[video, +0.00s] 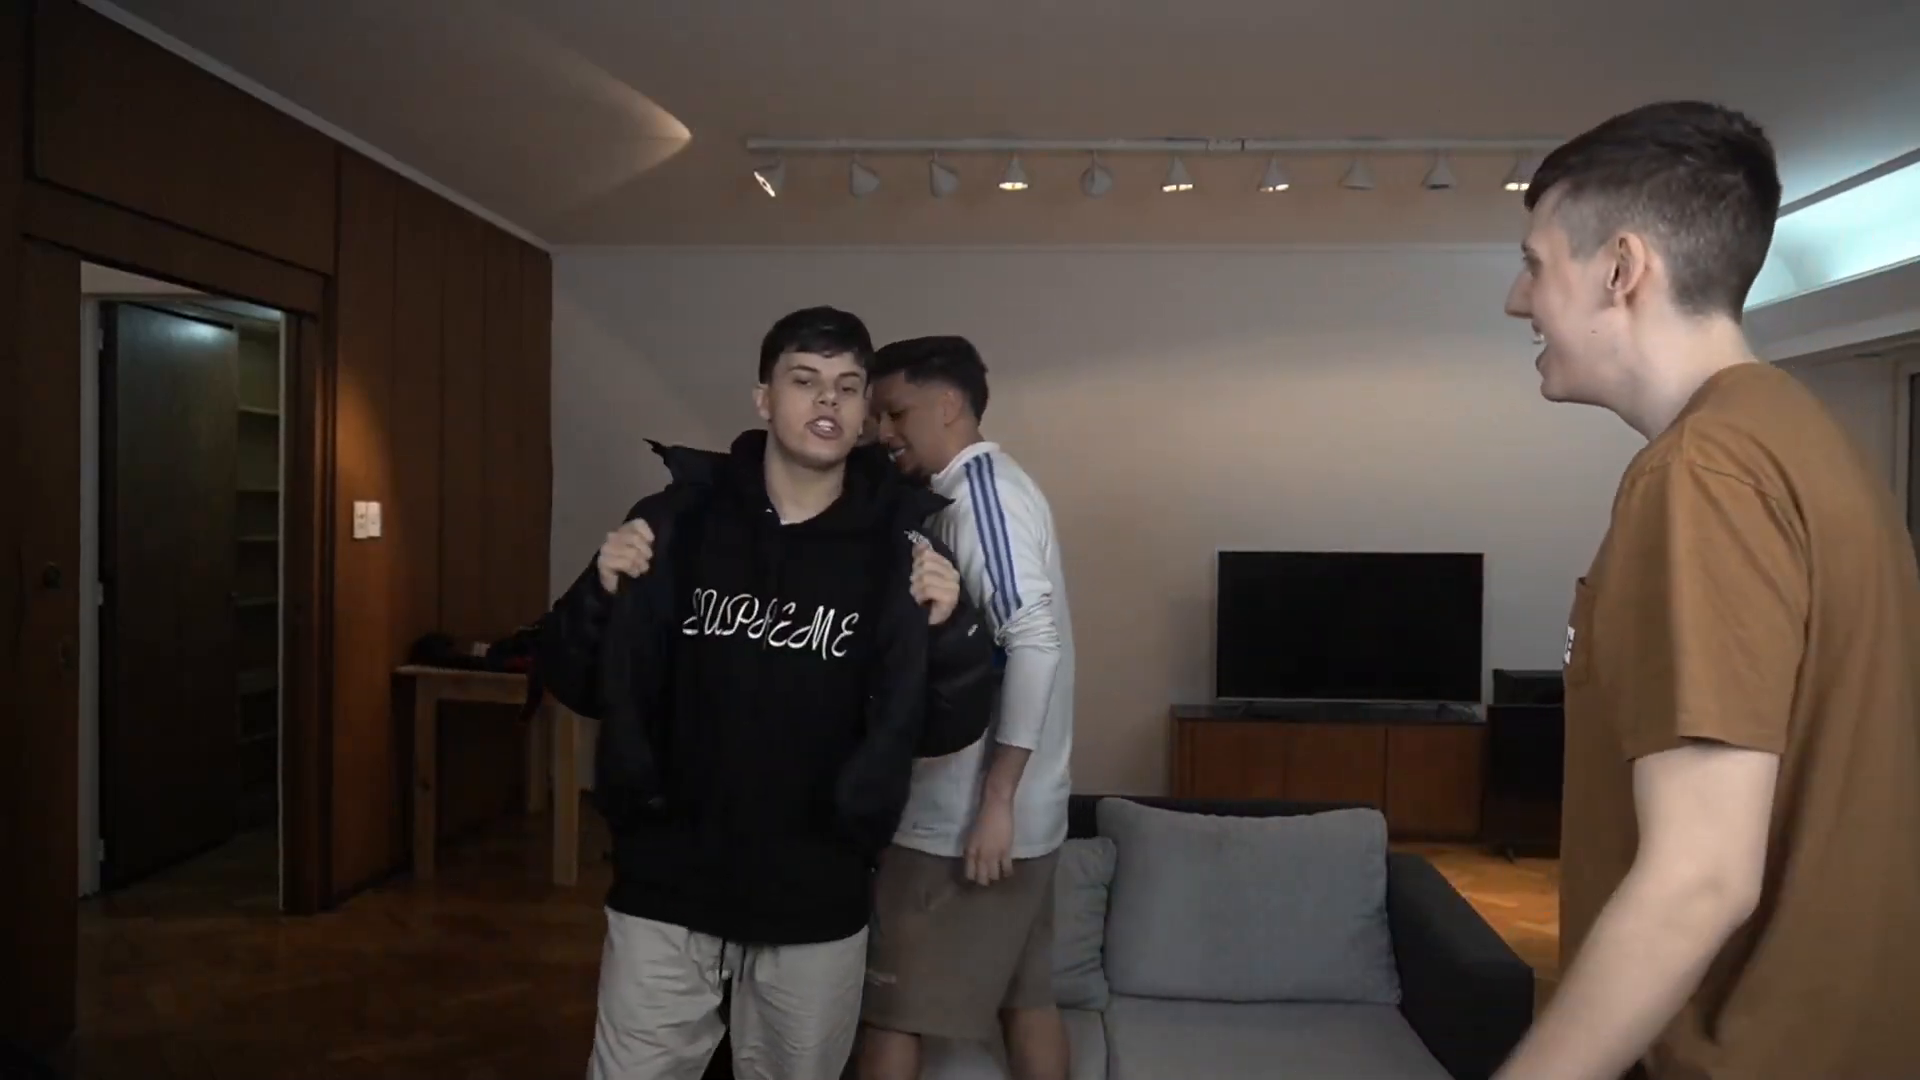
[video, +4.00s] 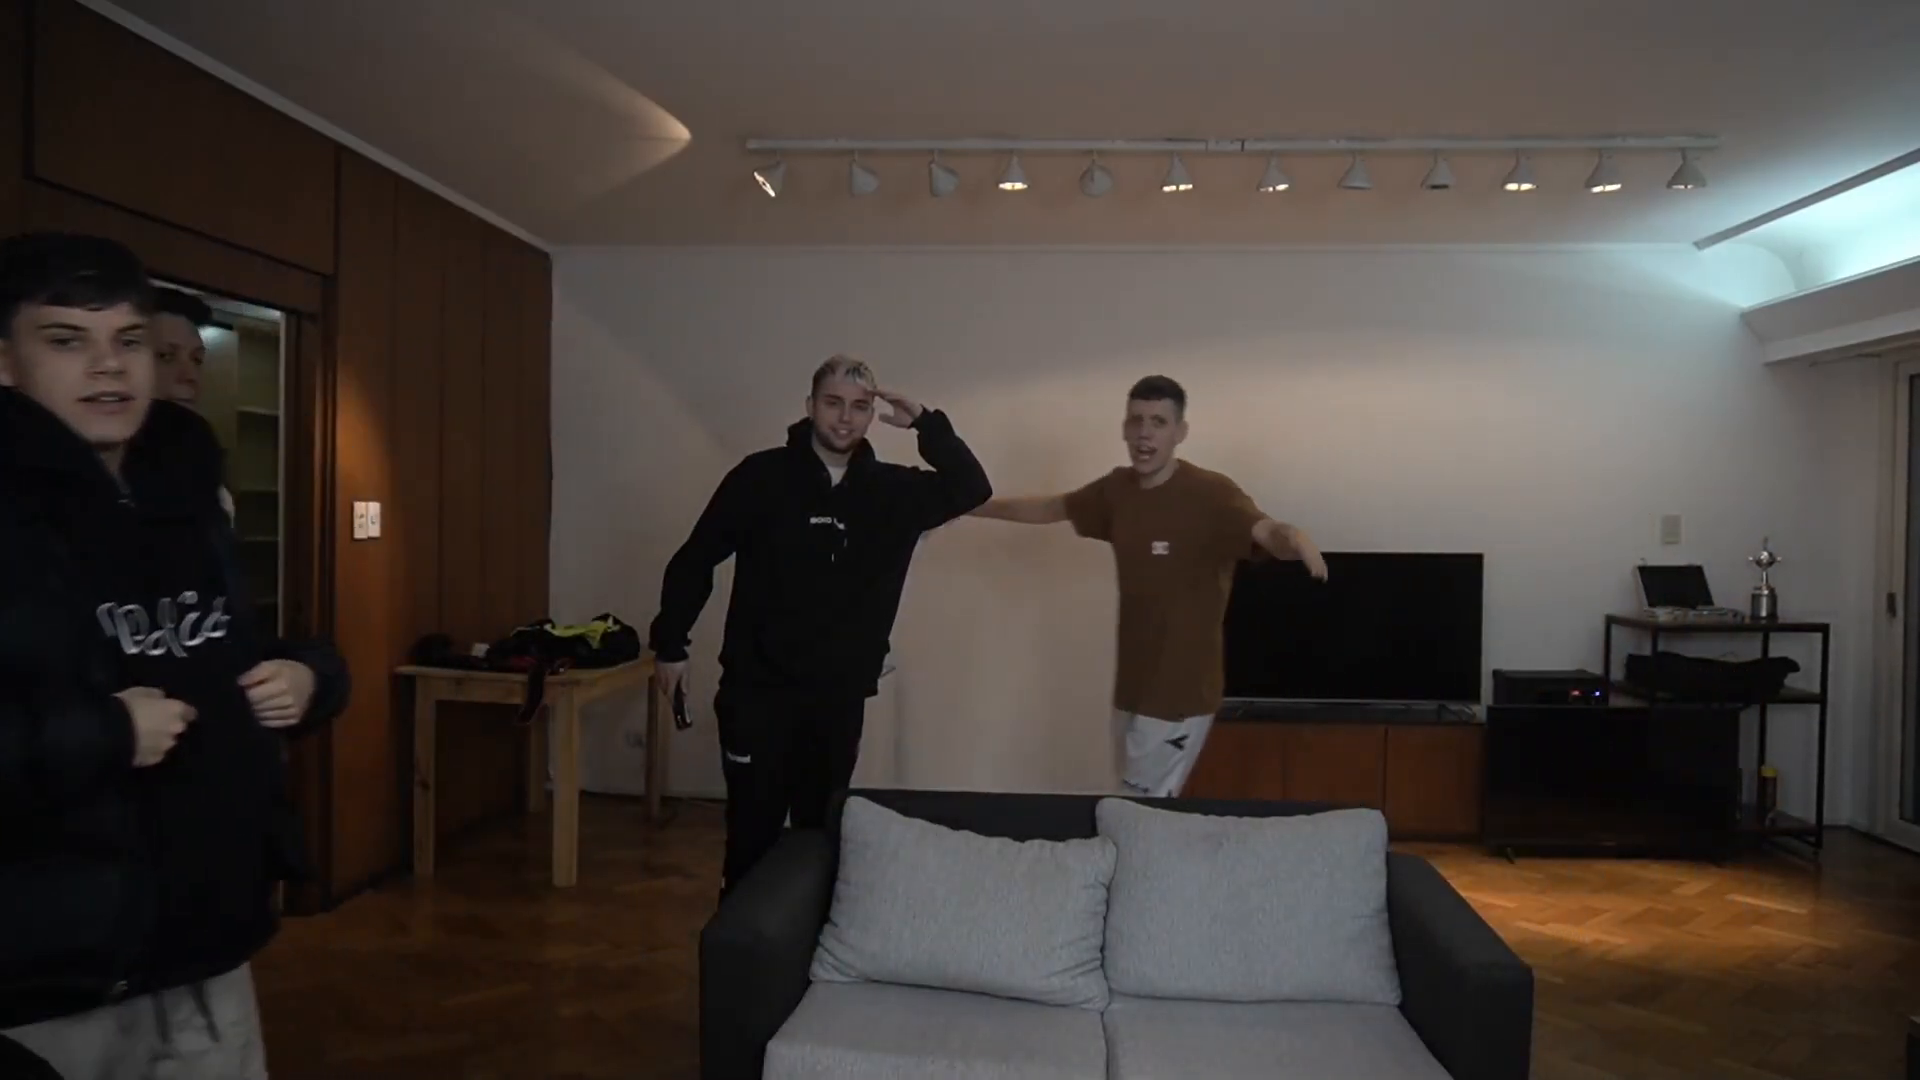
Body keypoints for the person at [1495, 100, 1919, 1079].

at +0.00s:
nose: (1519, 298)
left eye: (1536, 263)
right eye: (1526, 264)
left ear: (1625, 272)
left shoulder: (1703, 468)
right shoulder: (1818, 447)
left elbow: (1699, 876)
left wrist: (1530, 1069)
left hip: (1726, 1053)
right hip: (1846, 1041)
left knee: (1391, 888)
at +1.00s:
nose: (1339, 337)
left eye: (1338, 309)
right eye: (1336, 310)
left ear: (1385, 310)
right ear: (1488, 303)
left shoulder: (1412, 462)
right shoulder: (1616, 456)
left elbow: (1372, 774)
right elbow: (1680, 693)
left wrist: (1186, 921)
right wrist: (1589, 828)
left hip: (1486, 996)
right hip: (1638, 965)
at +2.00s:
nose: (1453, 446)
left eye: (1452, 426)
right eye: (1448, 427)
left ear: (1488, 416)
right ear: (1553, 403)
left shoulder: (1488, 513)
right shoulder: (1672, 476)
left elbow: (1391, 659)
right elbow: (1741, 563)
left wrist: (1249, 759)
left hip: (1567, 825)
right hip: (1709, 823)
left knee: (1562, 1047)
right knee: (1655, 1036)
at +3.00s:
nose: (1413, 438)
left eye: (1424, 427)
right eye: (1417, 424)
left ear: (1472, 434)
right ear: (1484, 432)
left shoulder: (1492, 495)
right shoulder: (1536, 470)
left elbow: (1405, 547)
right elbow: (1506, 428)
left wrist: (1322, 475)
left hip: (1528, 720)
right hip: (1577, 702)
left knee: (1521, 873)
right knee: (1555, 865)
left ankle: (1629, 1039)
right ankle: (1579, 1020)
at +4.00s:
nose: (1143, 433)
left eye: (1158, 422)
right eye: (1135, 421)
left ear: (1181, 432)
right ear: (1125, 427)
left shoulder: (1211, 495)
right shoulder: (1116, 491)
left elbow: (1264, 531)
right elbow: (1049, 509)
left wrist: (1292, 542)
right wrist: (967, 504)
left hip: (1184, 686)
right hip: (1133, 679)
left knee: (1139, 809)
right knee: (1141, 809)